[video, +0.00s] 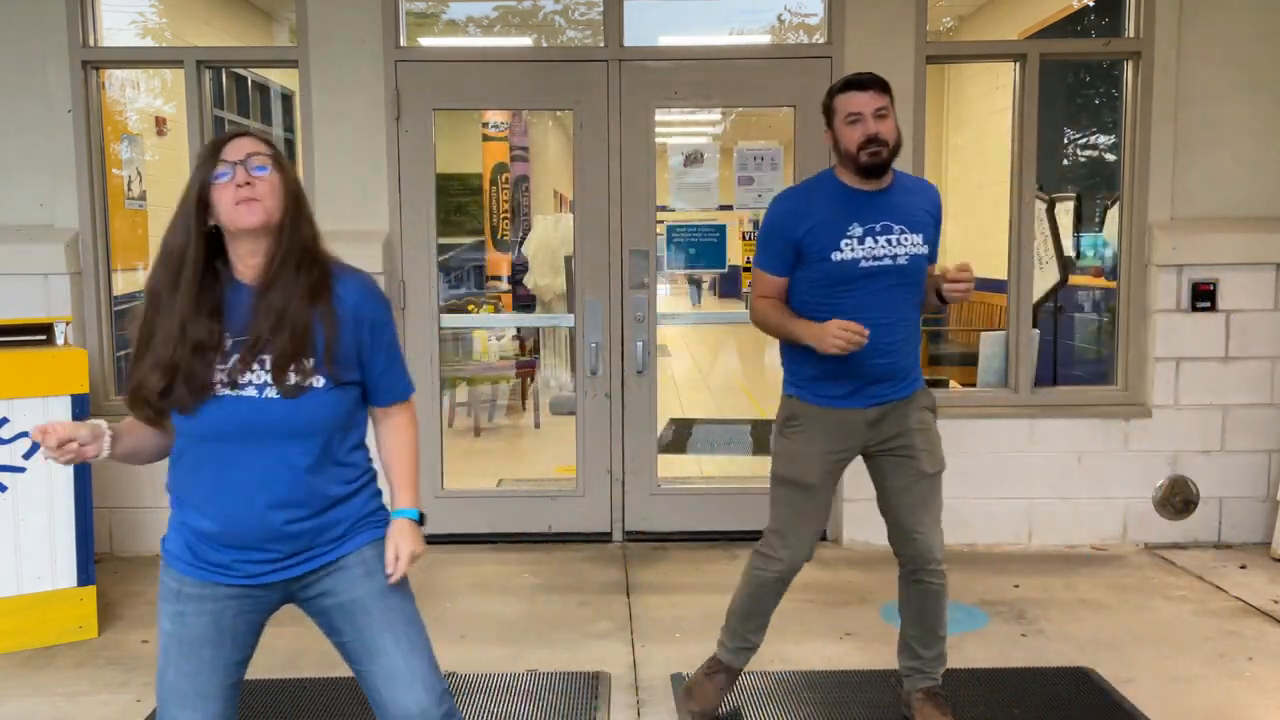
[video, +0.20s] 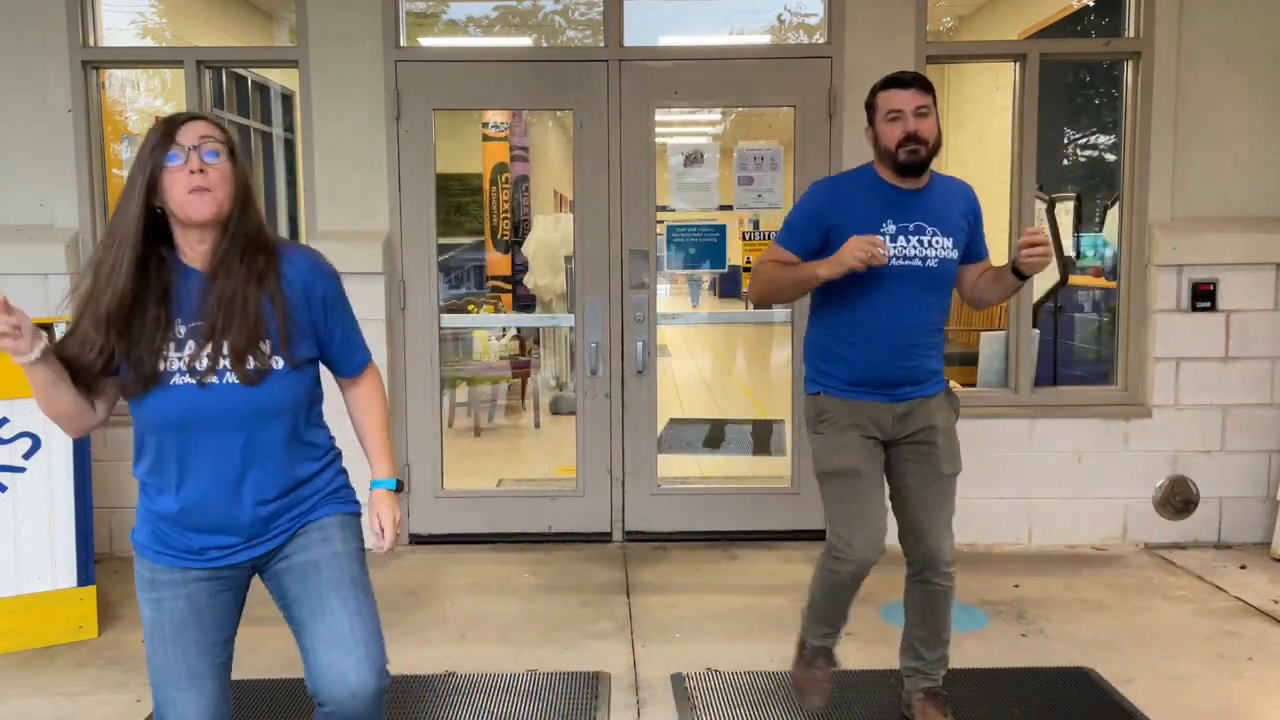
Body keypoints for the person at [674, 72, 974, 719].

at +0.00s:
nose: (871, 129)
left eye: (881, 116)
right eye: (854, 120)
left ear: (897, 124)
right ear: (831, 134)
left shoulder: (922, 201)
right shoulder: (793, 210)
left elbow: (911, 290)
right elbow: (762, 305)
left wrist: (942, 288)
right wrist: (812, 332)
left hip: (903, 406)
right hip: (817, 411)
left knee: (924, 556)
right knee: (785, 550)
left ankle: (924, 687)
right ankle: (726, 662)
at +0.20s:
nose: (910, 127)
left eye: (922, 114)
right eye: (894, 116)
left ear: (938, 125)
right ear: (871, 130)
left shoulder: (958, 200)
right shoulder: (830, 198)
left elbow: (978, 292)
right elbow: (762, 285)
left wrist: (1016, 268)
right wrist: (830, 265)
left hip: (925, 403)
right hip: (842, 405)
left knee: (933, 555)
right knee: (858, 545)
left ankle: (925, 684)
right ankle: (816, 649)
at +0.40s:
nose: (918, 127)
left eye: (930, 114)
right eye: (902, 117)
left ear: (948, 122)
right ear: (881, 130)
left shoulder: (968, 198)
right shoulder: (839, 190)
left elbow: (1006, 280)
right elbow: (766, 273)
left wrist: (1059, 263)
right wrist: (807, 250)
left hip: (935, 400)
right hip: (856, 404)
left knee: (940, 554)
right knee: (882, 552)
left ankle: (926, 685)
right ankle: (876, 686)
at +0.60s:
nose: (901, 128)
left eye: (913, 113)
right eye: (885, 118)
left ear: (938, 119)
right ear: (870, 129)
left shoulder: (969, 193)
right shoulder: (832, 192)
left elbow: (969, 268)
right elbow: (784, 271)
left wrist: (983, 283)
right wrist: (825, 308)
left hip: (934, 403)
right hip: (846, 406)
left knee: (942, 550)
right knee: (848, 551)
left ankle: (926, 683)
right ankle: (869, 664)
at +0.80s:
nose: (825, 151)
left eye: (837, 136)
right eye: (817, 141)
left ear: (878, 137)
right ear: (813, 149)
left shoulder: (936, 207)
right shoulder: (801, 215)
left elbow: (988, 301)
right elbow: (773, 279)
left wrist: (943, 291)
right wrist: (762, 325)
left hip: (917, 419)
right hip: (824, 415)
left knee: (935, 564)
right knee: (765, 527)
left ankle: (922, 686)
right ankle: (804, 665)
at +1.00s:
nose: (732, 155)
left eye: (741, 142)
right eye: (729, 145)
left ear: (783, 137)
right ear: (758, 146)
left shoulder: (837, 188)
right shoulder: (751, 211)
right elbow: (724, 259)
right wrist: (689, 290)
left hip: (873, 405)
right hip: (804, 409)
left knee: (895, 561)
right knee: (758, 532)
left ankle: (930, 687)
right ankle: (732, 682)